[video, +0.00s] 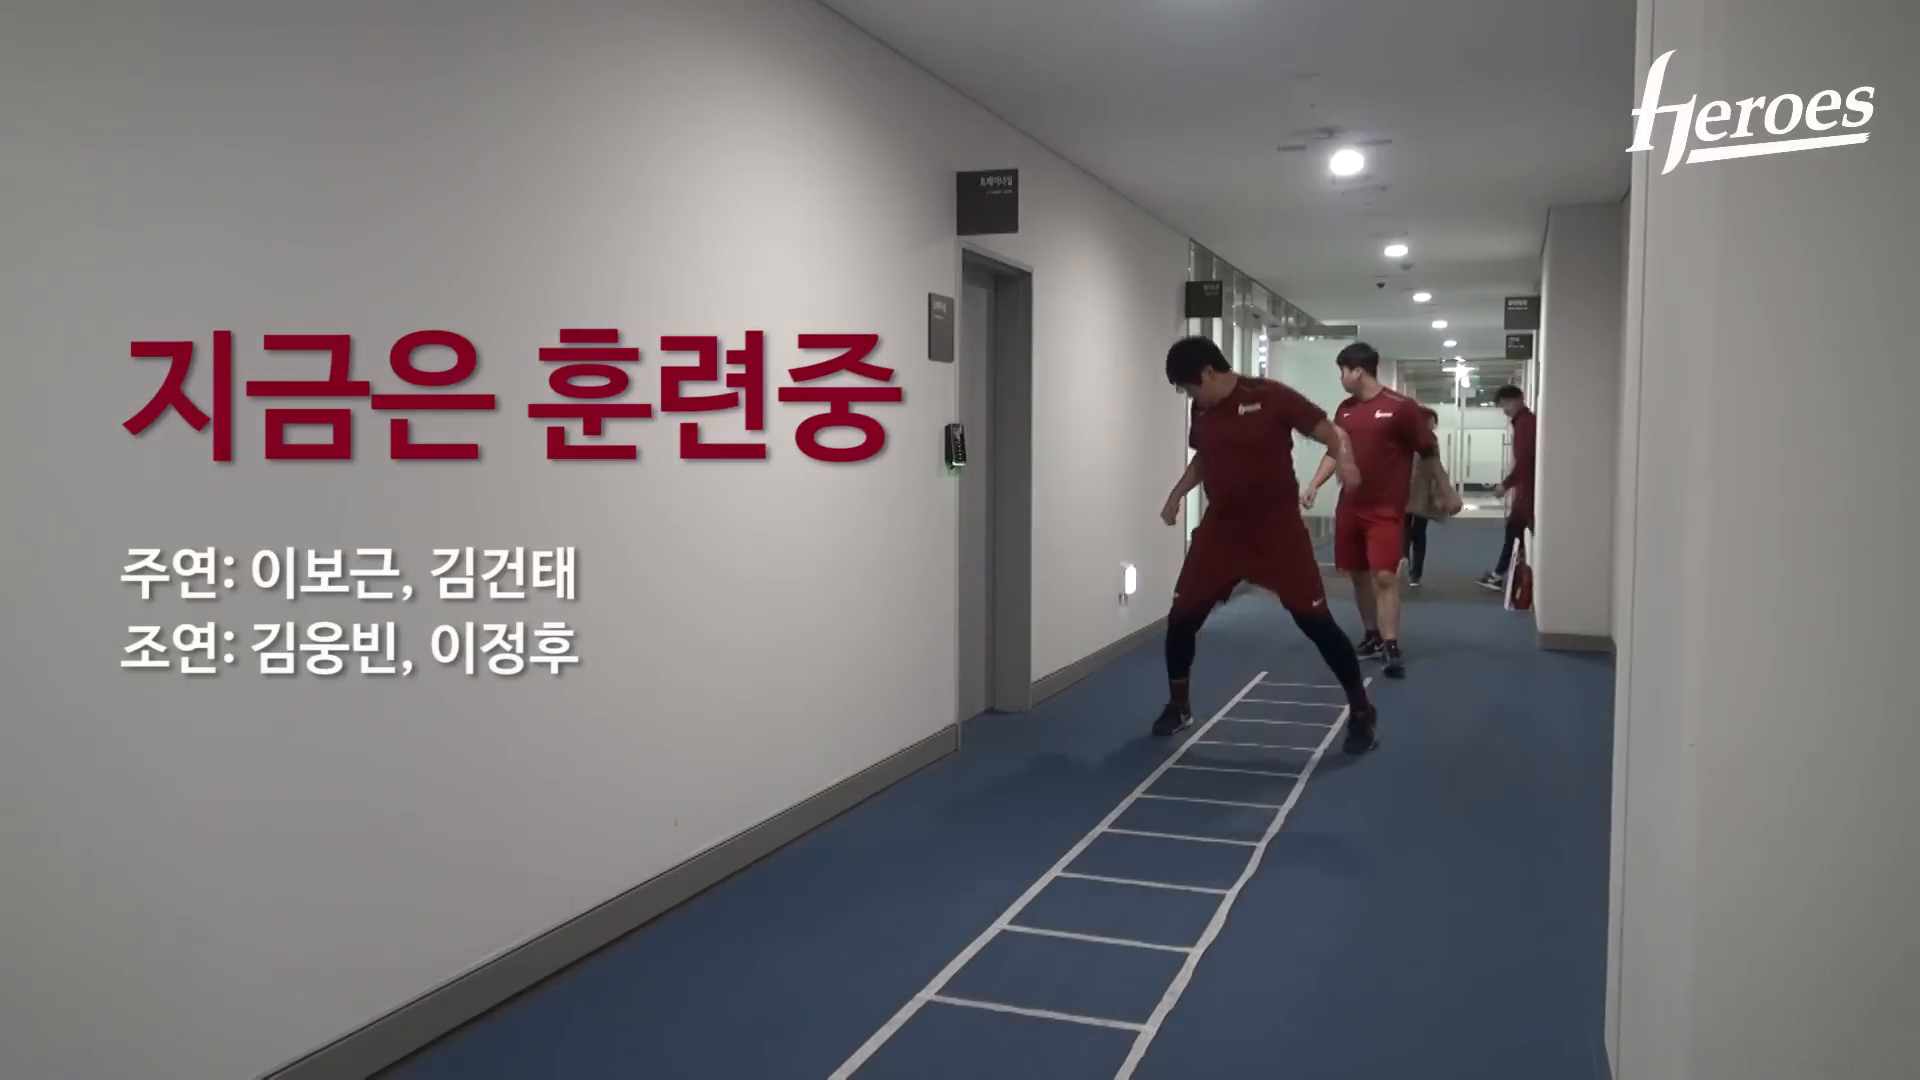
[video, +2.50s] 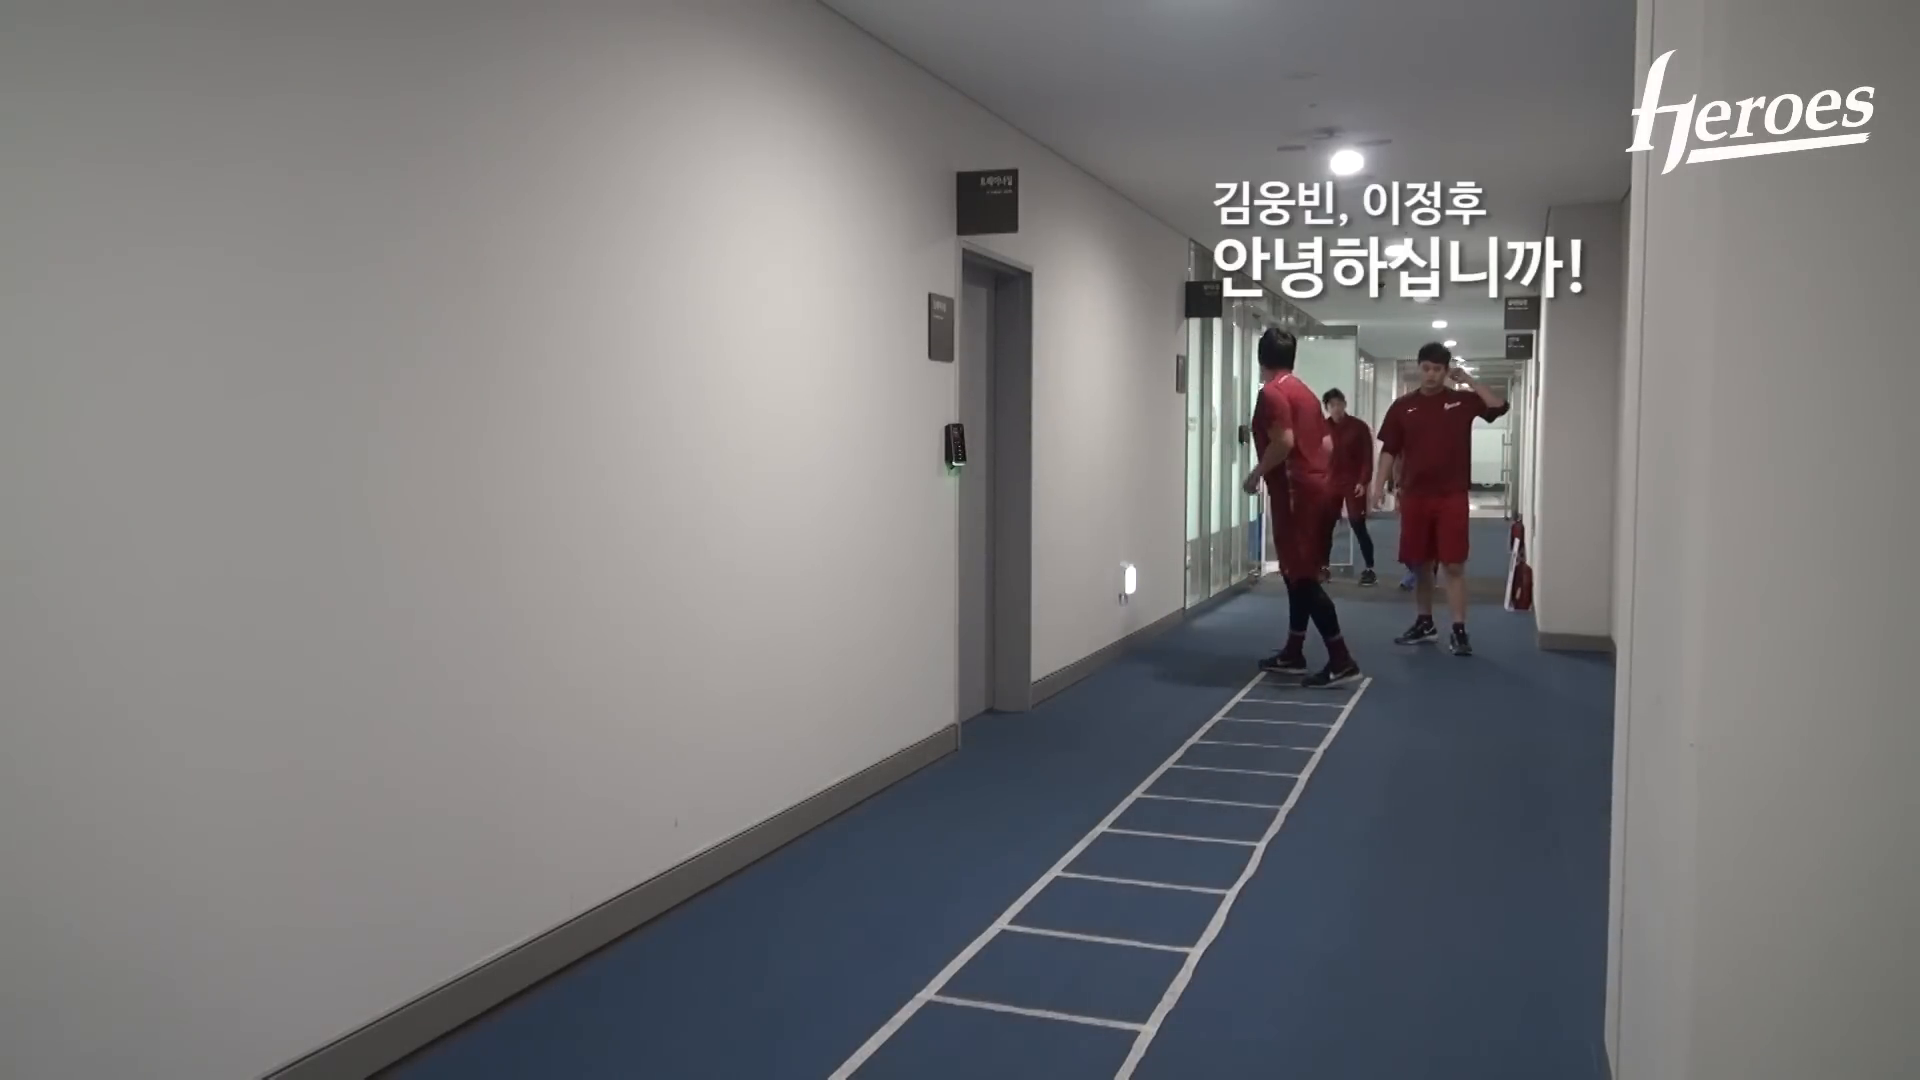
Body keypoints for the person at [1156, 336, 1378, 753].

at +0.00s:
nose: (1191, 398)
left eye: (1190, 389)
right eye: (1186, 391)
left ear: (1208, 372)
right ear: (1203, 375)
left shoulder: (1271, 396)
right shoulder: (1204, 413)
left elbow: (1332, 434)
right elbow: (1207, 458)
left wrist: (1345, 461)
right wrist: (1176, 492)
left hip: (1278, 531)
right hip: (1221, 533)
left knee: (1313, 619)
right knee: (1181, 618)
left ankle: (1361, 709)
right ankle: (1177, 705)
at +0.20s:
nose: (1196, 384)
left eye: (1196, 374)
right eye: (1191, 378)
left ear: (1212, 356)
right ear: (1207, 361)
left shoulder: (1277, 374)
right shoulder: (1207, 394)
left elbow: (1332, 412)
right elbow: (1216, 440)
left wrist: (1341, 440)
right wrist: (1185, 471)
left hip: (1287, 512)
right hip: (1233, 514)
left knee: (1307, 605)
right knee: (1211, 604)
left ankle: (1332, 703)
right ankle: (1193, 698)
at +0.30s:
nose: (1200, 384)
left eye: (1200, 375)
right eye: (1196, 378)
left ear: (1218, 359)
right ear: (1213, 363)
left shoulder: (1280, 376)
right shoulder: (1212, 398)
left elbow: (1340, 404)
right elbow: (1216, 443)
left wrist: (1354, 418)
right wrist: (1183, 469)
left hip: (1291, 504)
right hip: (1239, 506)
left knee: (1292, 602)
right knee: (1226, 603)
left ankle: (1298, 693)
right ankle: (1249, 687)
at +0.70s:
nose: (1242, 365)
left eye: (1250, 356)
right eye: (1235, 358)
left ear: (1269, 357)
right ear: (1230, 361)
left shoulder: (1299, 397)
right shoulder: (1224, 404)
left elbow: (1334, 445)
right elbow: (1217, 444)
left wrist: (1299, 447)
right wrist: (1211, 467)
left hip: (1295, 523)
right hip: (1241, 523)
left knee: (1325, 607)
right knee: (1204, 604)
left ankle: (1349, 692)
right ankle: (1196, 686)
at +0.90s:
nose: (1242, 353)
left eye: (1249, 344)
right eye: (1236, 346)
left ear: (1271, 340)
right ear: (1233, 346)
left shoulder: (1306, 381)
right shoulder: (1226, 388)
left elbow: (1333, 428)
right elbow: (1221, 435)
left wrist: (1303, 460)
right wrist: (1206, 471)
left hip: (1299, 505)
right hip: (1248, 503)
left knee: (1313, 592)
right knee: (1232, 590)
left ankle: (1328, 686)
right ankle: (1218, 681)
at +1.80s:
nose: (1231, 381)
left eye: (1230, 374)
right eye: (1229, 375)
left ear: (1240, 369)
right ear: (1252, 366)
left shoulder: (1291, 393)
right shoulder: (1254, 402)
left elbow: (1331, 436)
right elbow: (1265, 459)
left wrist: (1306, 473)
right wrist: (1249, 493)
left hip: (1305, 512)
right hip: (1264, 511)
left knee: (1310, 592)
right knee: (1254, 590)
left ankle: (1315, 655)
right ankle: (1270, 669)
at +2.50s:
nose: (1258, 362)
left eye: (1258, 356)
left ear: (1261, 358)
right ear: (1291, 358)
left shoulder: (1273, 391)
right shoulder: (1306, 392)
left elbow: (1284, 440)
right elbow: (1325, 443)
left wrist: (1257, 473)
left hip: (1296, 493)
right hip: (1320, 491)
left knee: (1301, 575)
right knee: (1297, 573)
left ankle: (1340, 658)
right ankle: (1293, 652)